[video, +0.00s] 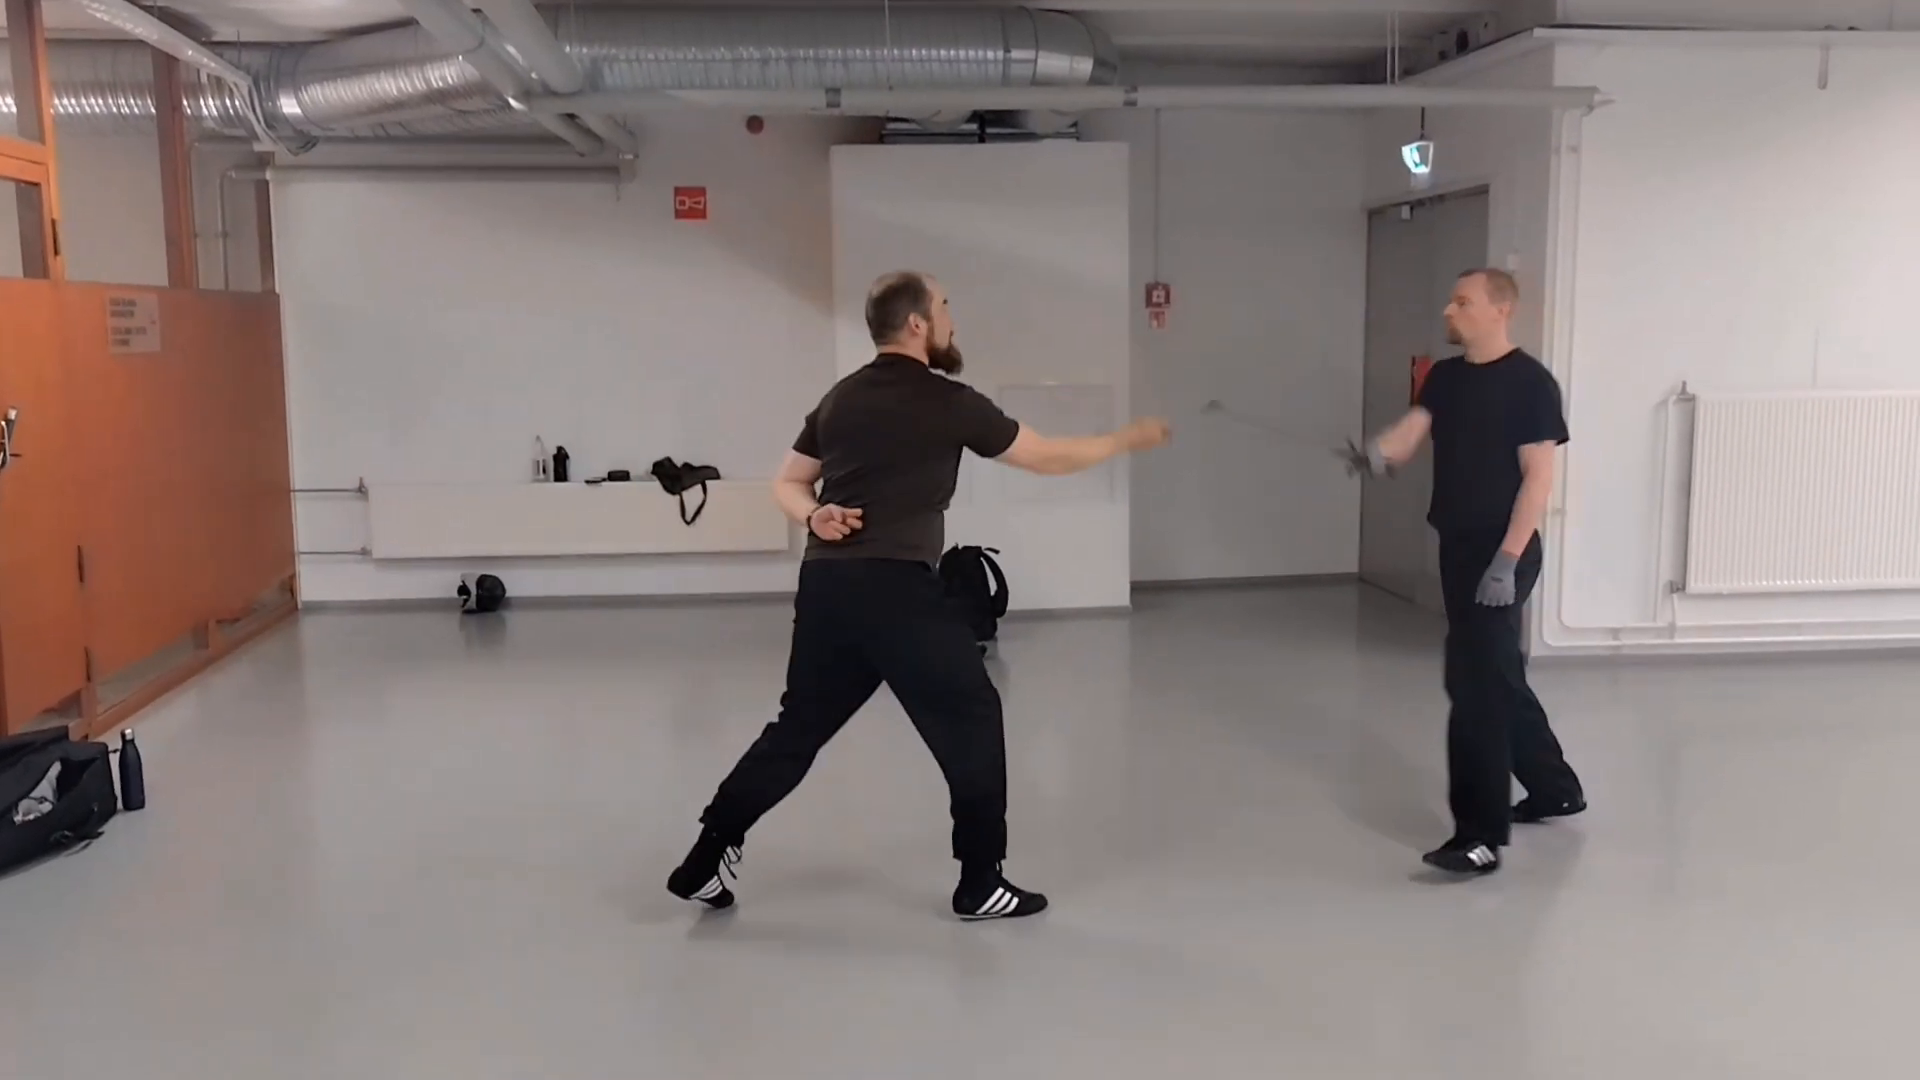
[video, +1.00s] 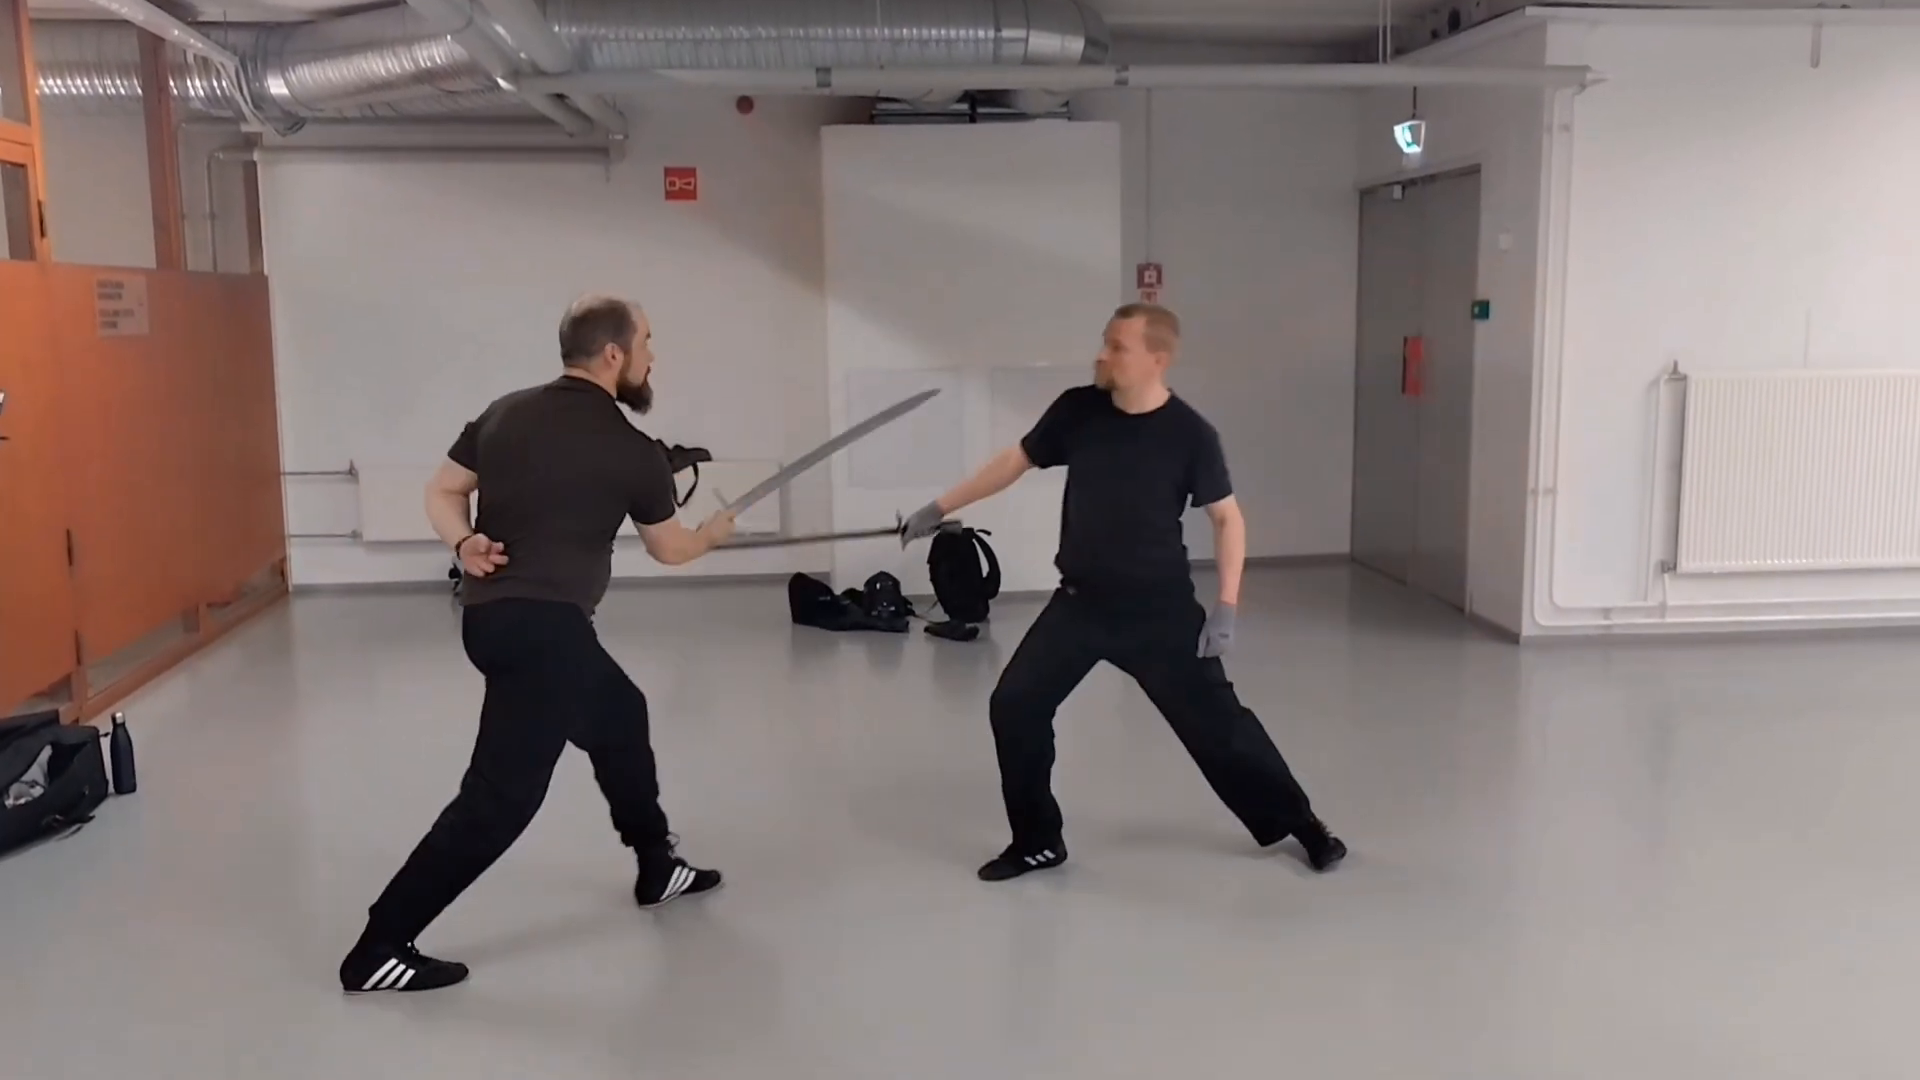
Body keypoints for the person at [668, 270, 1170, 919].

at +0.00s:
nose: (952, 320)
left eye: (947, 308)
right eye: (943, 309)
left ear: (888, 329)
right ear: (917, 323)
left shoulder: (841, 398)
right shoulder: (947, 399)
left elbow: (789, 483)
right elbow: (1042, 456)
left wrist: (812, 513)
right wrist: (1123, 440)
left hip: (825, 591)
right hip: (902, 589)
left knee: (798, 727)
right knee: (972, 718)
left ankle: (707, 857)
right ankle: (981, 882)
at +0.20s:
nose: (906, 323)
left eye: (901, 311)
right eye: (897, 313)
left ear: (846, 335)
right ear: (868, 328)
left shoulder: (813, 406)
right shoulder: (903, 398)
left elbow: (775, 502)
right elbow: (1013, 456)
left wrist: (789, 527)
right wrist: (1099, 427)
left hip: (813, 601)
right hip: (885, 598)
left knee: (794, 738)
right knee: (962, 726)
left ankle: (692, 862)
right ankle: (977, 882)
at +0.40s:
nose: (804, 331)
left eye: (799, 319)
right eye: (792, 319)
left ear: (745, 337)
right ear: (759, 331)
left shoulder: (726, 407)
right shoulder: (784, 390)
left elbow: (737, 502)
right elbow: (894, 414)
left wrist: (717, 531)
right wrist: (983, 359)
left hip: (753, 601)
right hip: (810, 595)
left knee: (776, 749)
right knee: (903, 722)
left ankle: (690, 869)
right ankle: (973, 861)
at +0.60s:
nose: (716, 324)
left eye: (712, 309)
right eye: (706, 311)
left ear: (654, 328)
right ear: (673, 322)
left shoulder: (636, 397)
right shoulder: (696, 385)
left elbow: (660, 498)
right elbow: (794, 450)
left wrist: (644, 529)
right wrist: (872, 418)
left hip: (667, 592)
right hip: (715, 585)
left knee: (739, 720)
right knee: (794, 722)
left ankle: (685, 869)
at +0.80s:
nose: (658, 339)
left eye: (653, 326)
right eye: (649, 327)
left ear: (587, 343)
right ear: (616, 339)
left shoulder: (540, 414)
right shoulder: (652, 432)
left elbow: (504, 519)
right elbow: (716, 543)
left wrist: (533, 547)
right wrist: (740, 531)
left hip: (544, 610)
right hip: (589, 617)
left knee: (663, 711)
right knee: (526, 780)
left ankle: (674, 864)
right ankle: (390, 937)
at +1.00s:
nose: (651, 358)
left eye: (650, 344)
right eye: (646, 346)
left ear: (574, 355)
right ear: (614, 355)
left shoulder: (506, 414)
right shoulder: (630, 447)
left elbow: (444, 490)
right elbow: (670, 548)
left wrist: (462, 541)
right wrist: (714, 533)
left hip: (490, 617)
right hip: (548, 623)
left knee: (620, 713)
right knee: (498, 800)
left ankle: (656, 865)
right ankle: (377, 952)